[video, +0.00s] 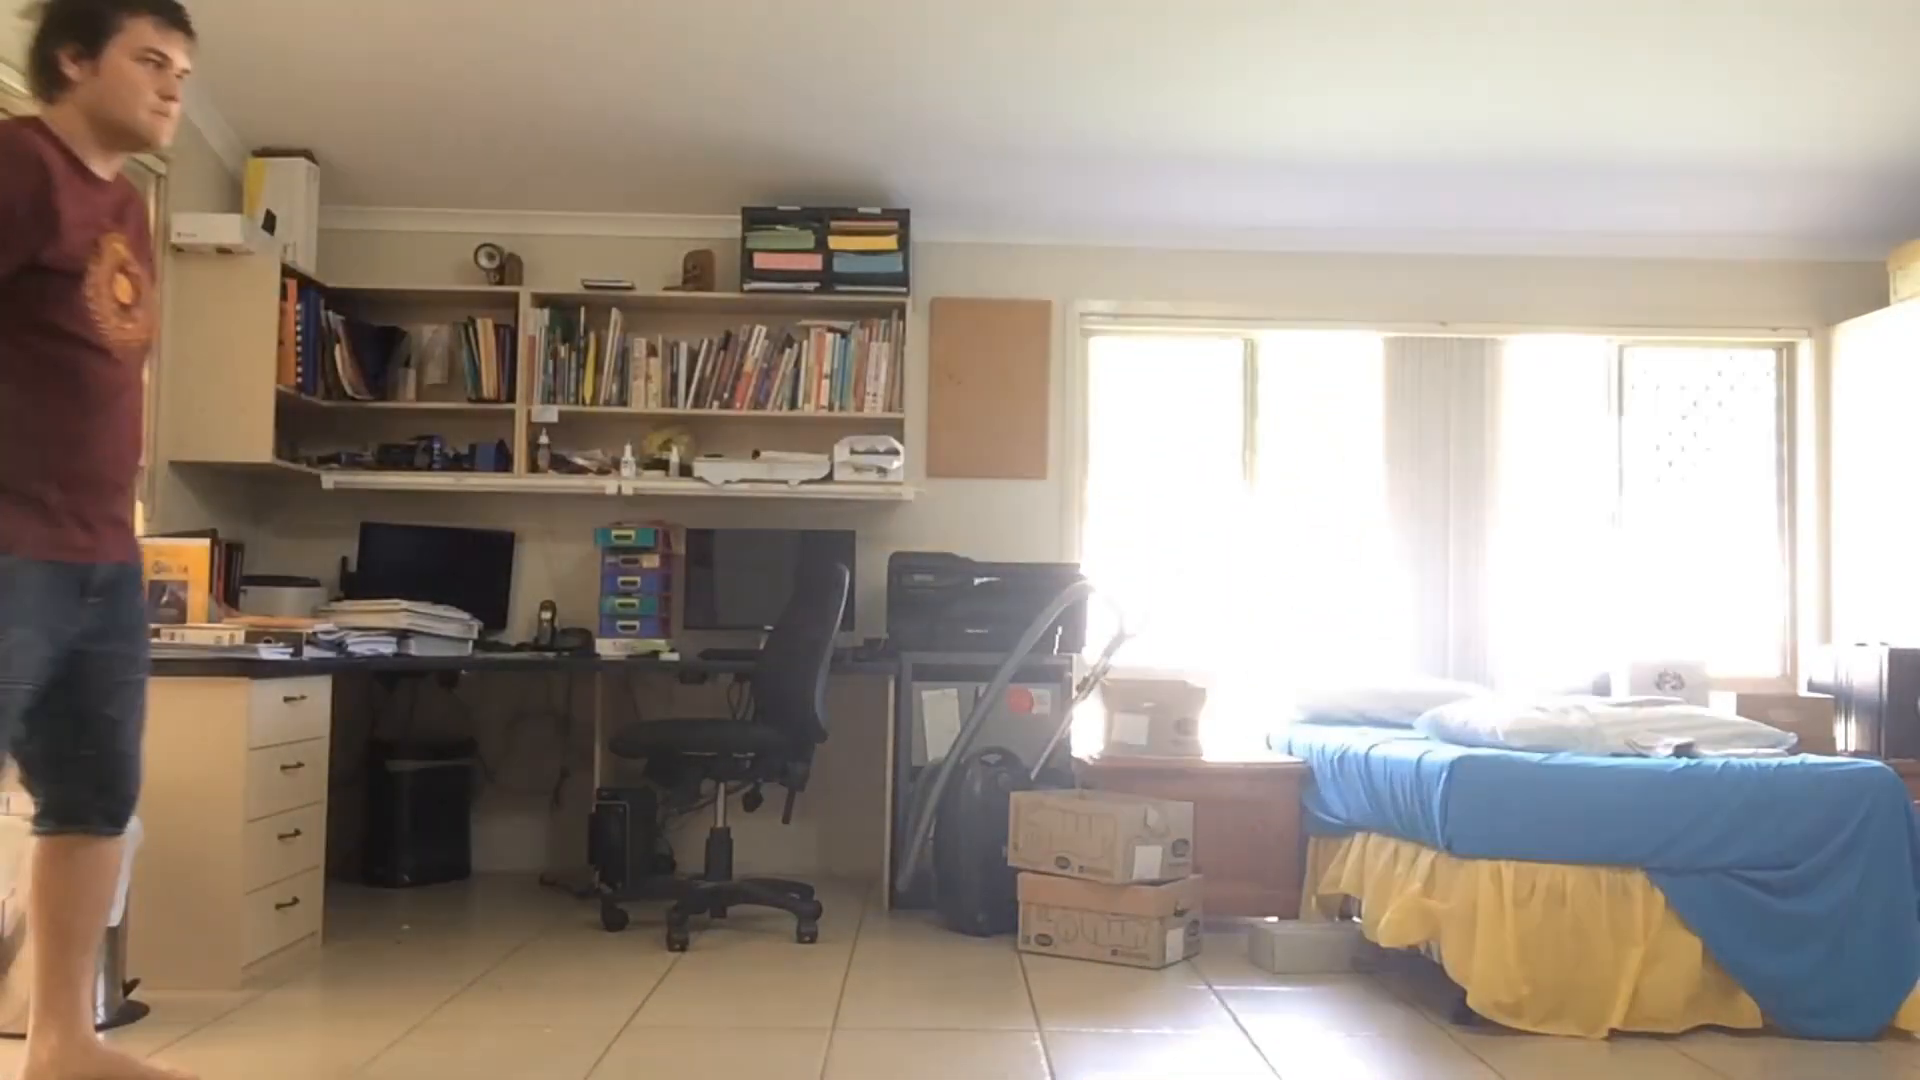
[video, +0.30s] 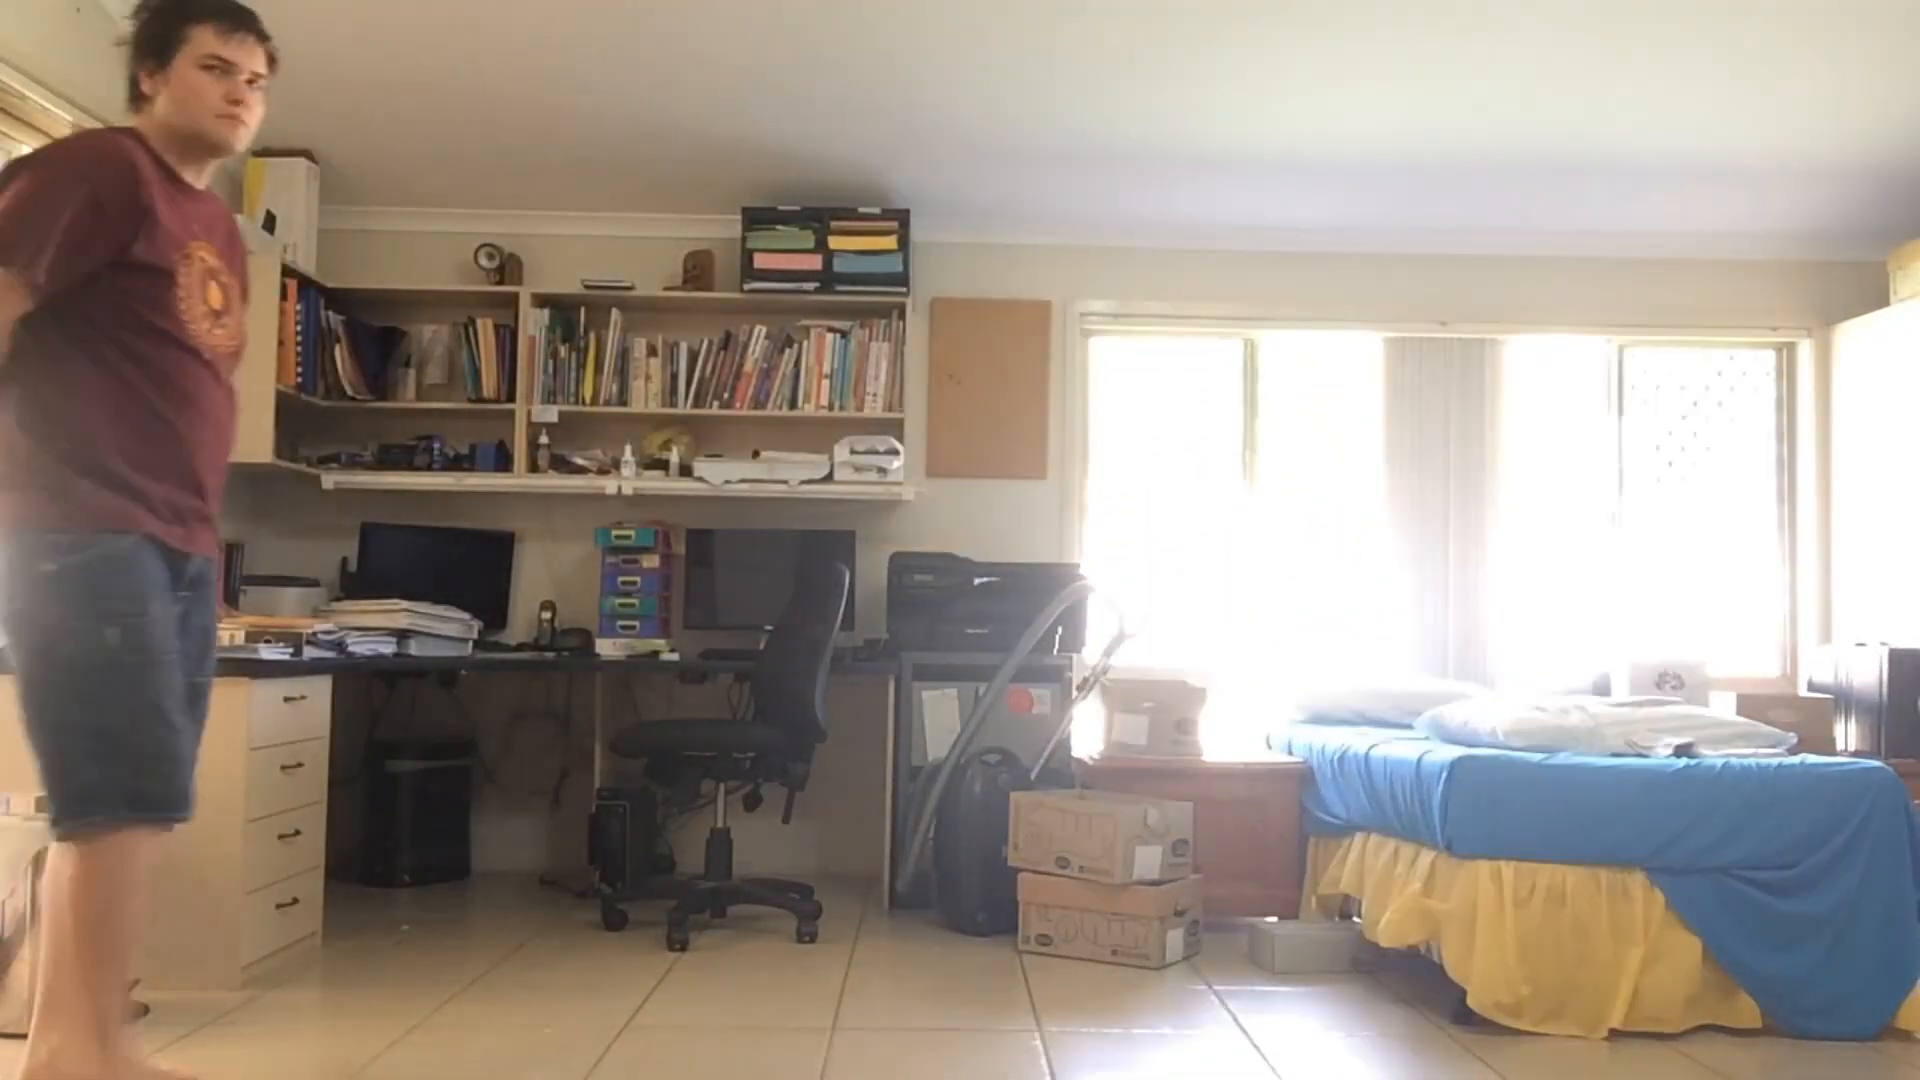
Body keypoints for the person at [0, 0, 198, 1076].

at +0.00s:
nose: (175, 89)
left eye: (182, 73)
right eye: (154, 62)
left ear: (171, 91)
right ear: (74, 61)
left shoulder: (134, 200)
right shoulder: (18, 162)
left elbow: (119, 368)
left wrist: (124, 508)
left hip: (105, 551)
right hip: (16, 551)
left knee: (91, 802)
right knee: (11, 802)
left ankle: (62, 1037)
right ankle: (23, 1028)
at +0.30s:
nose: (243, 92)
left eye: (258, 81)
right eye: (218, 68)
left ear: (263, 105)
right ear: (151, 76)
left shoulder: (227, 230)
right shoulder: (99, 166)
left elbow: (194, 390)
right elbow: (2, 296)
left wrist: (198, 535)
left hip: (179, 536)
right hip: (81, 526)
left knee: (128, 804)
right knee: (118, 805)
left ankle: (63, 1041)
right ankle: (88, 1050)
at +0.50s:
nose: (295, 99)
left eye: (311, 87)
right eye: (270, 76)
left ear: (319, 113)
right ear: (207, 88)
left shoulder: (278, 229)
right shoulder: (160, 180)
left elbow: (252, 380)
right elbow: (36, 350)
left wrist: (136, 443)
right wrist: (92, 465)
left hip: (238, 545)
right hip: (155, 538)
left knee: (153, 804)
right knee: (225, 798)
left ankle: (59, 1040)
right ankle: (264, 1059)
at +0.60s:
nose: (326, 100)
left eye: (343, 88)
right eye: (301, 77)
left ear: (351, 113)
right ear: (239, 90)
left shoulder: (299, 223)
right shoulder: (199, 185)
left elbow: (262, 378)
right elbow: (82, 365)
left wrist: (122, 468)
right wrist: (89, 492)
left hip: (263, 541)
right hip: (188, 537)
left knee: (227, 804)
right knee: (275, 802)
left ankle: (76, 1017)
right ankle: (281, 1065)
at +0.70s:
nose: (363, 93)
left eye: (379, 81)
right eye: (339, 69)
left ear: (385, 108)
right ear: (272, 81)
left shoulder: (318, 209)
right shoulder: (234, 177)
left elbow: (261, 371)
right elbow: (110, 352)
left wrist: (151, 456)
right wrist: (117, 459)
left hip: (301, 535)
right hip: (218, 531)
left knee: (323, 784)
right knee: (276, 804)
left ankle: (141, 985)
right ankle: (280, 1065)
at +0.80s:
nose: (405, 85)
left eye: (415, 71)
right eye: (381, 60)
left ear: (411, 95)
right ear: (307, 68)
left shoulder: (339, 195)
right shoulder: (259, 170)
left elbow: (275, 364)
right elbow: (128, 352)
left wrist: (163, 431)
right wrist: (139, 436)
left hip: (326, 535)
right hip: (236, 535)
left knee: (357, 785)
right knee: (270, 812)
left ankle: (221, 1025)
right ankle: (279, 1061)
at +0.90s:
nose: (435, 84)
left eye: (442, 68)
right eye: (411, 58)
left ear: (428, 91)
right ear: (337, 63)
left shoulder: (362, 192)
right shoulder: (285, 166)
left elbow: (292, 361)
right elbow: (152, 351)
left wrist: (176, 420)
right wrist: (153, 427)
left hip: (345, 539)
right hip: (254, 538)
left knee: (366, 794)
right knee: (279, 816)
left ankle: (327, 1031)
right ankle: (275, 1058)